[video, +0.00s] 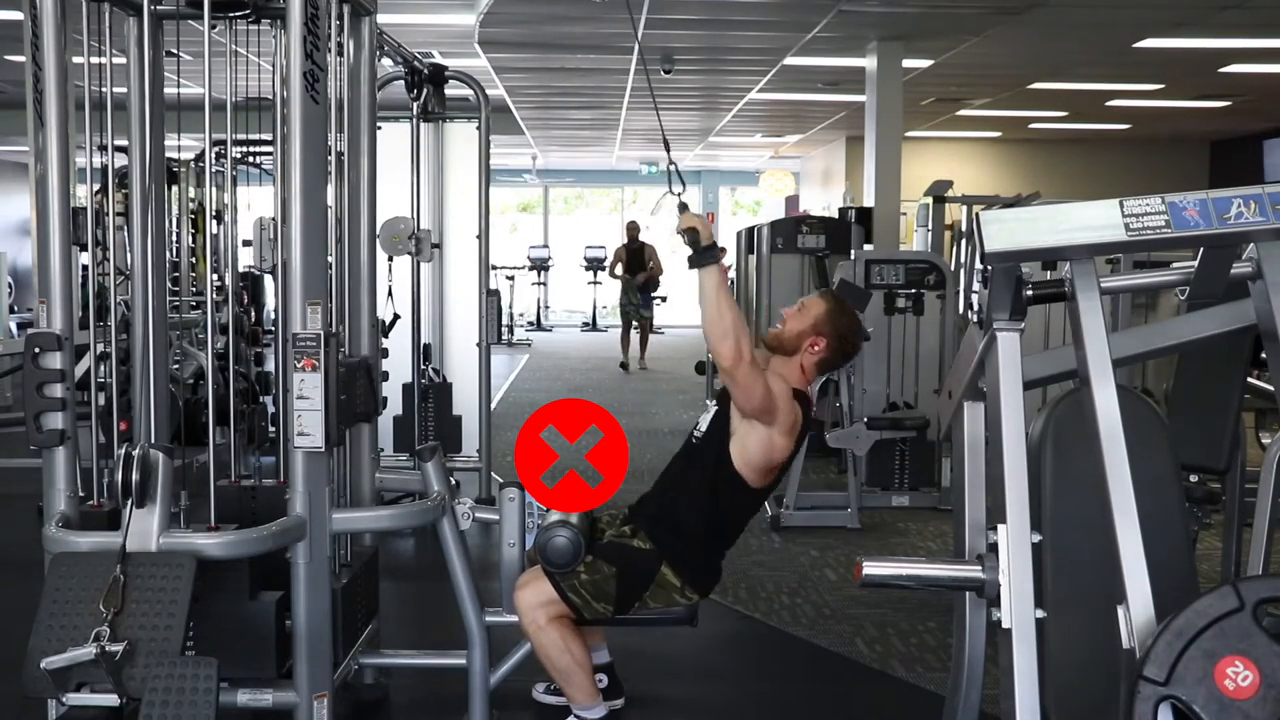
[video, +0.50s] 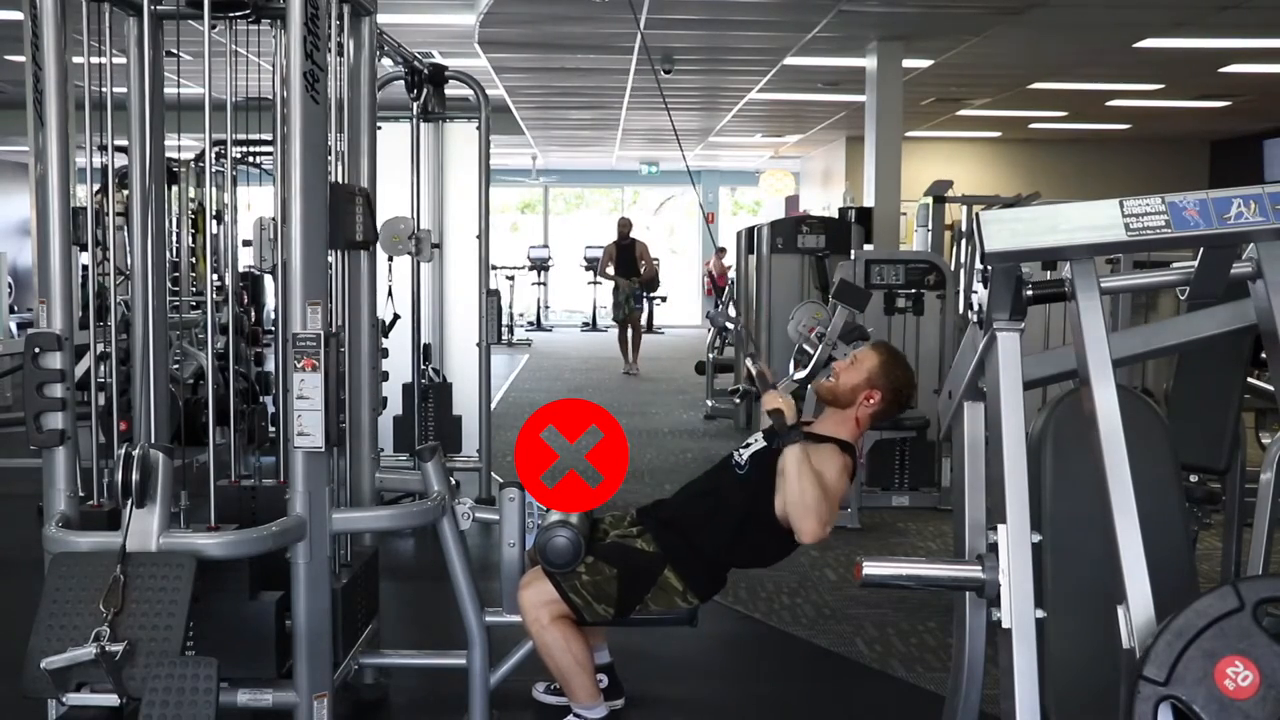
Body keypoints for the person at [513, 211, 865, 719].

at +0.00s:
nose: (785, 310)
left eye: (798, 309)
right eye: (795, 304)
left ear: (814, 344)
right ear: (813, 348)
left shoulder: (776, 407)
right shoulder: (773, 386)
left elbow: (731, 355)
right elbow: (739, 347)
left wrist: (704, 250)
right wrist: (711, 258)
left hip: (670, 561)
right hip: (651, 529)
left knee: (533, 597)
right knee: (553, 548)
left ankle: (589, 709)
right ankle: (595, 673)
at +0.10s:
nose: (801, 324)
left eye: (816, 324)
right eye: (813, 318)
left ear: (831, 359)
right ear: (830, 361)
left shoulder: (797, 421)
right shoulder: (785, 385)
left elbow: (753, 396)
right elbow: (743, 366)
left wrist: (726, 290)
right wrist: (725, 290)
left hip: (672, 563)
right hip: (653, 527)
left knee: (533, 596)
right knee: (551, 546)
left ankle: (590, 711)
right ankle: (596, 672)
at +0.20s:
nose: (815, 336)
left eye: (829, 336)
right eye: (824, 330)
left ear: (846, 372)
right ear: (843, 373)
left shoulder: (812, 432)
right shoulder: (794, 404)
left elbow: (769, 437)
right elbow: (749, 389)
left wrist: (743, 325)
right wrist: (729, 313)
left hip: (675, 563)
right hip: (654, 526)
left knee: (534, 596)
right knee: (553, 542)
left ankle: (590, 712)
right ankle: (594, 672)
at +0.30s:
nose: (826, 348)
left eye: (841, 349)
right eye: (836, 342)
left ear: (856, 384)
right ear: (854, 385)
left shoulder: (822, 446)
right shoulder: (808, 409)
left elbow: (783, 472)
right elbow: (753, 408)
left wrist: (761, 368)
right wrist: (753, 374)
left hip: (678, 561)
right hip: (659, 523)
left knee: (535, 595)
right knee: (551, 546)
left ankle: (590, 712)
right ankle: (596, 671)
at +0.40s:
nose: (832, 356)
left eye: (847, 357)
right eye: (843, 350)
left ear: (862, 393)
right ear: (859, 395)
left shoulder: (828, 451)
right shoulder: (812, 420)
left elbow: (793, 505)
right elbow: (766, 443)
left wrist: (776, 407)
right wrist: (762, 383)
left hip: (678, 562)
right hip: (660, 526)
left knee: (535, 595)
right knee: (551, 550)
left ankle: (589, 712)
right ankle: (595, 671)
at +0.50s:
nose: (836, 363)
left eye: (851, 364)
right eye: (847, 356)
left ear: (867, 401)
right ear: (861, 402)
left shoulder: (833, 454)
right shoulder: (812, 426)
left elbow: (811, 525)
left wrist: (786, 431)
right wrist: (773, 396)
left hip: (680, 561)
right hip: (660, 524)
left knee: (537, 596)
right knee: (551, 553)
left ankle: (590, 710)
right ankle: (594, 671)